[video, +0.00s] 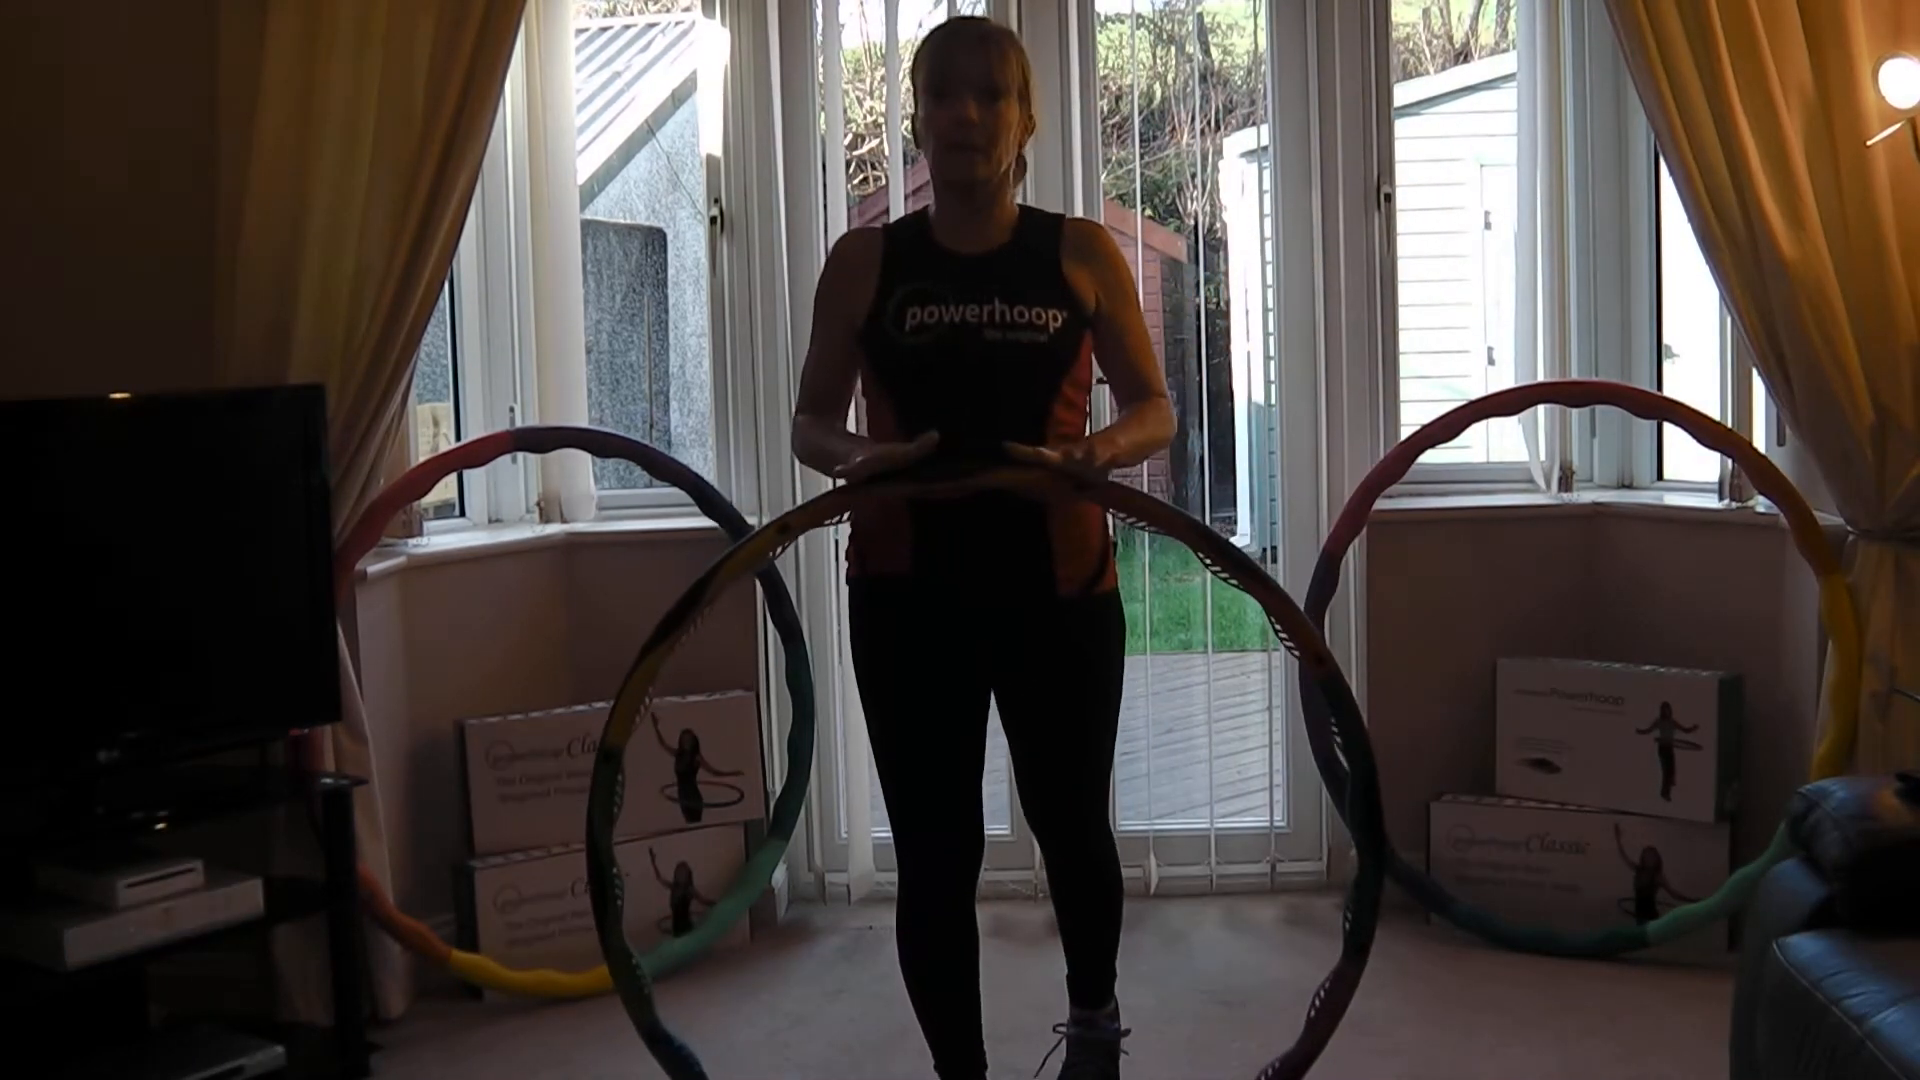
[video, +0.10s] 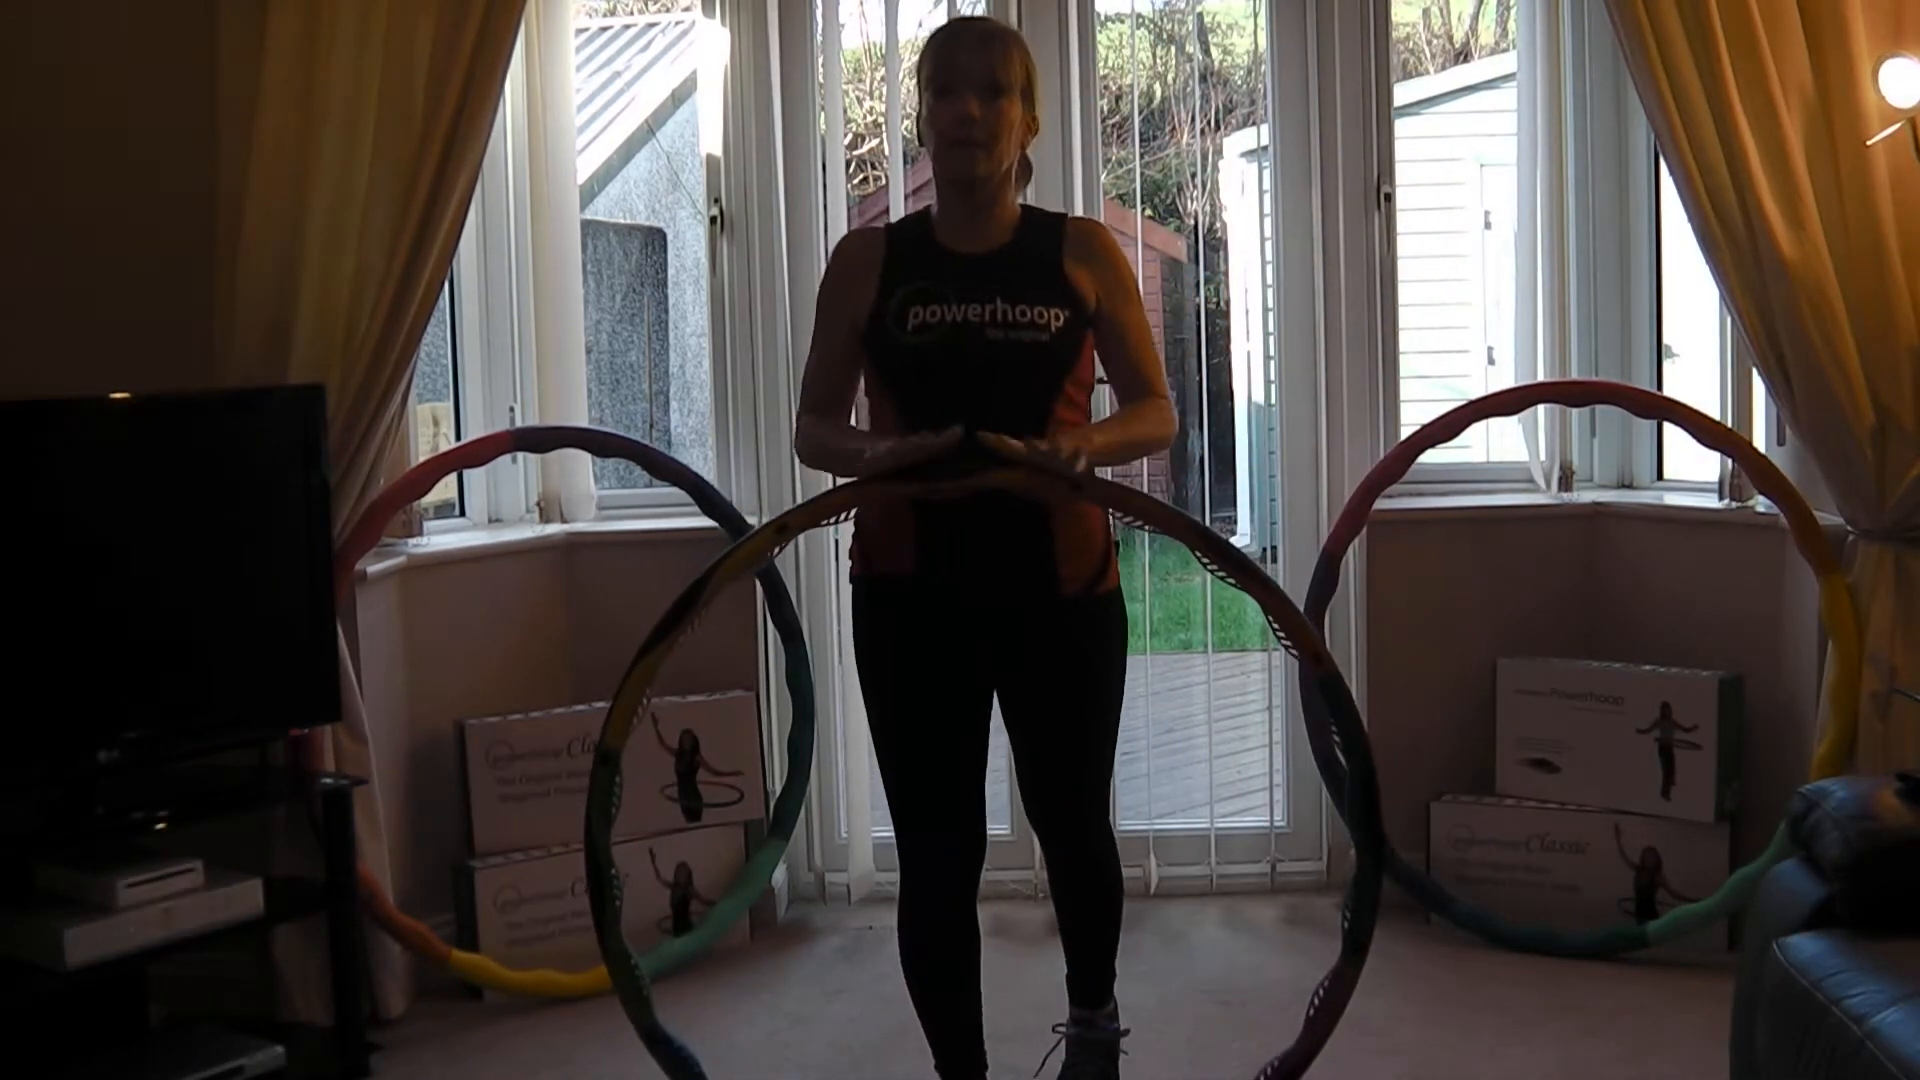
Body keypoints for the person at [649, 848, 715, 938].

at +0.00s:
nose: (681, 876)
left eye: (683, 873)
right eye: (678, 873)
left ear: (688, 874)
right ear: (675, 874)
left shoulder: (690, 889)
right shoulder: (673, 887)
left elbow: (703, 901)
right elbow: (659, 878)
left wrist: (715, 904)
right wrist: (653, 861)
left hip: (686, 923)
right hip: (675, 923)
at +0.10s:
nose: (681, 876)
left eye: (683, 873)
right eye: (678, 873)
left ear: (688, 874)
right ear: (675, 874)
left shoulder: (690, 889)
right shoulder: (673, 887)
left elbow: (703, 901)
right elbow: (659, 878)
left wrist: (715, 904)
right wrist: (653, 862)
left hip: (686, 923)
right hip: (675, 923)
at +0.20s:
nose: (681, 875)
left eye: (683, 873)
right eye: (678, 872)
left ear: (688, 874)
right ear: (675, 874)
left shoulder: (690, 889)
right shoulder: (674, 887)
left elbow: (703, 901)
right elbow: (659, 878)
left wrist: (715, 904)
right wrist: (653, 862)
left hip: (686, 922)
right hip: (675, 923)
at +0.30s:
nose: (681, 875)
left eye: (683, 873)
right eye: (679, 872)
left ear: (688, 874)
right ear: (675, 874)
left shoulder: (690, 889)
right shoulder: (674, 887)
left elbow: (703, 901)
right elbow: (659, 878)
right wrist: (653, 861)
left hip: (686, 923)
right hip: (675, 923)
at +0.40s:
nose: (681, 875)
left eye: (683, 873)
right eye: (679, 872)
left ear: (688, 874)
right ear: (675, 874)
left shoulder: (690, 889)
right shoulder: (674, 887)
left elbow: (703, 901)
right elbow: (659, 878)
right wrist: (653, 861)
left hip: (686, 923)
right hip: (675, 923)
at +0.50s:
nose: (681, 875)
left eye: (683, 872)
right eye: (679, 872)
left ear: (688, 874)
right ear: (675, 874)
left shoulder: (690, 889)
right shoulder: (674, 887)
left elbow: (703, 901)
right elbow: (659, 878)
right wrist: (653, 861)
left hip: (686, 924)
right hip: (675, 924)